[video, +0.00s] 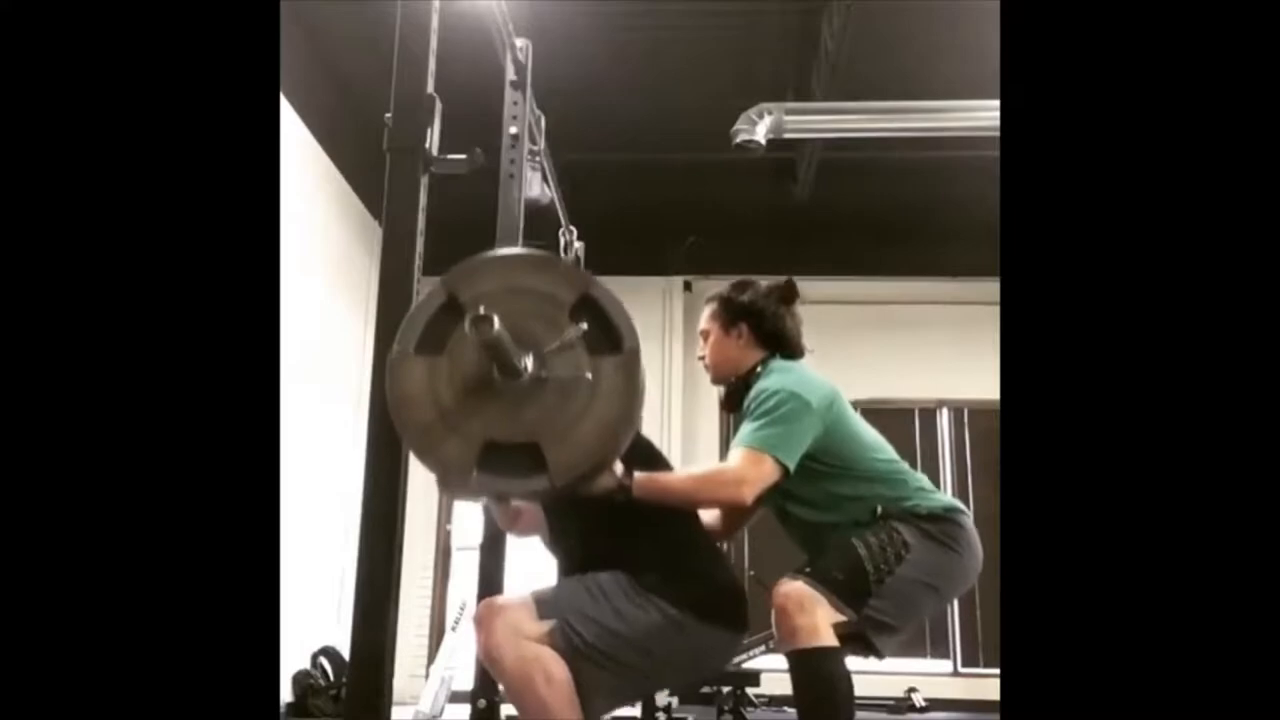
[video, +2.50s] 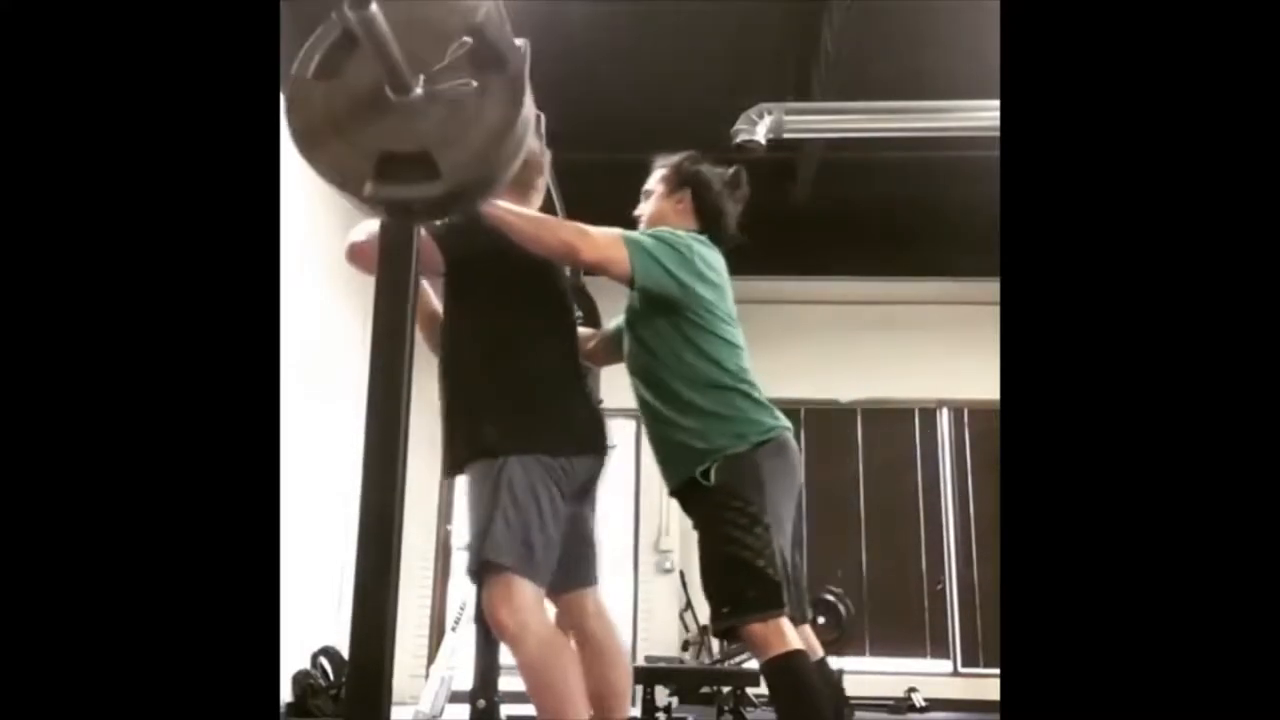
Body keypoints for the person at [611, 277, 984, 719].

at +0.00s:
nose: (700, 351)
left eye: (707, 337)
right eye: (700, 339)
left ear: (743, 334)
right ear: (742, 337)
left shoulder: (789, 388)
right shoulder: (766, 400)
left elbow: (739, 484)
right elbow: (725, 522)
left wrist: (627, 481)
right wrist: (647, 537)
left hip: (927, 532)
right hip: (893, 537)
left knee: (799, 603)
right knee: (799, 610)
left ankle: (831, 713)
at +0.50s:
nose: (696, 294)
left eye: (702, 279)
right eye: (697, 281)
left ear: (736, 277)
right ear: (739, 277)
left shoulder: (777, 329)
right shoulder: (763, 344)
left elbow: (724, 416)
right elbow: (725, 456)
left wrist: (608, 405)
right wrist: (669, 499)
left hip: (908, 484)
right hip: (872, 491)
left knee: (805, 603)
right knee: (808, 609)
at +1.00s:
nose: (710, 225)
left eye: (719, 210)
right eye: (713, 211)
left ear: (753, 213)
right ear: (754, 216)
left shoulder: (778, 268)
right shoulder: (753, 291)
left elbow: (715, 340)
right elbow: (703, 406)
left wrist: (606, 310)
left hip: (876, 448)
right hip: (853, 455)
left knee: (821, 606)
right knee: (818, 610)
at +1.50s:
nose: (727, 196)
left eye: (736, 183)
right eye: (732, 184)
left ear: (762, 188)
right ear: (772, 193)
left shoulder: (786, 243)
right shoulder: (754, 291)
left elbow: (707, 263)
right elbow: (689, 348)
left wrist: (613, 215)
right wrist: (613, 307)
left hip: (841, 443)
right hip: (820, 454)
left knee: (817, 614)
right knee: (819, 618)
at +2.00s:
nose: (697, 192)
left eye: (713, 182)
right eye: (701, 183)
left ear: (749, 197)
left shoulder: (736, 240)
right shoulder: (707, 294)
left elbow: (623, 222)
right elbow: (628, 318)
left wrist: (521, 182)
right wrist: (543, 290)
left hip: (813, 441)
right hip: (791, 452)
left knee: (816, 617)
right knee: (816, 620)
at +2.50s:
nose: (640, 204)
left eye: (650, 193)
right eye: (644, 194)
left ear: (683, 200)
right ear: (685, 207)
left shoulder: (685, 252)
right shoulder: (660, 299)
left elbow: (583, 247)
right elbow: (594, 348)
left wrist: (480, 203)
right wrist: (520, 311)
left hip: (739, 456)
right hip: (750, 457)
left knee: (759, 621)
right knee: (789, 621)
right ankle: (835, 716)